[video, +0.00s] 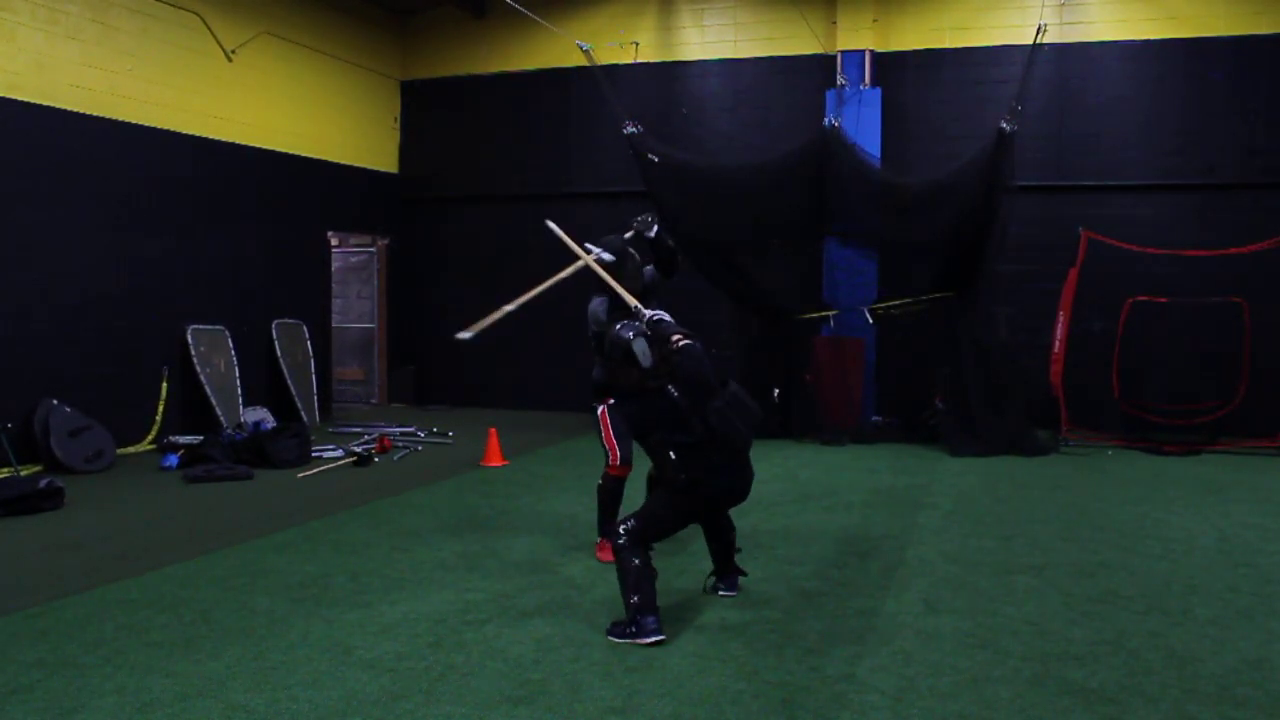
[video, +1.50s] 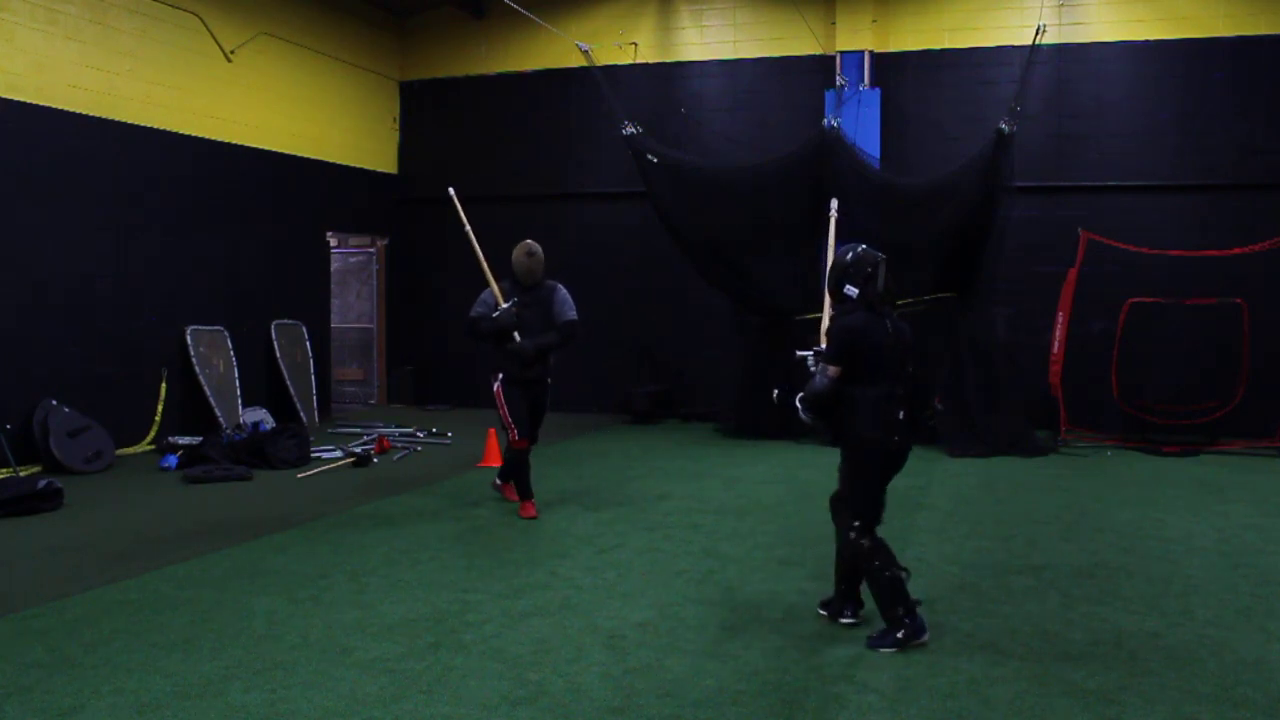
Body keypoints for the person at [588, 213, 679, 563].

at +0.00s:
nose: (633, 272)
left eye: (632, 265)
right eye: (624, 267)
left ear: (634, 267)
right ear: (609, 272)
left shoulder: (644, 290)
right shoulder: (600, 307)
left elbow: (669, 267)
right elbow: (611, 340)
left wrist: (657, 238)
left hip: (648, 391)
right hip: (610, 396)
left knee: (669, 460)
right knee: (620, 461)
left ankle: (652, 526)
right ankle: (607, 538)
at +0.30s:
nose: (615, 293)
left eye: (620, 286)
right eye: (609, 287)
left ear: (630, 279)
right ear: (597, 280)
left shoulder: (641, 301)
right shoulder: (582, 299)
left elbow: (644, 340)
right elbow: (585, 341)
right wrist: (622, 341)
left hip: (634, 401)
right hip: (595, 402)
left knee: (655, 470)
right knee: (594, 467)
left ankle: (631, 497)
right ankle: (601, 538)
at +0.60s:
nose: (619, 279)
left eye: (623, 274)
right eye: (613, 274)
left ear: (629, 272)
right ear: (601, 272)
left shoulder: (639, 303)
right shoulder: (579, 303)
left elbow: (652, 348)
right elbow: (573, 348)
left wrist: (634, 368)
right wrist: (615, 360)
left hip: (625, 393)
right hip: (586, 393)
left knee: (646, 456)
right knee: (590, 457)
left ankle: (627, 512)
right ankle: (598, 525)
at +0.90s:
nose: (596, 257)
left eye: (599, 252)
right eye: (588, 252)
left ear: (603, 259)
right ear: (573, 258)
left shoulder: (606, 294)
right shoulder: (548, 295)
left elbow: (624, 333)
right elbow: (535, 334)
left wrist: (599, 343)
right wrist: (575, 317)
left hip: (596, 384)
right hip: (559, 385)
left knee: (615, 446)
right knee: (550, 454)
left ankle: (625, 508)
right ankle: (528, 497)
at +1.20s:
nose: (553, 265)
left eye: (557, 260)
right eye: (548, 259)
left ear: (563, 261)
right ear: (535, 259)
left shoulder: (572, 287)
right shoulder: (513, 290)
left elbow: (588, 324)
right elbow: (491, 326)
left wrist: (557, 341)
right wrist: (524, 317)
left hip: (563, 374)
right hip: (527, 376)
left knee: (578, 433)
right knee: (530, 440)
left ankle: (559, 490)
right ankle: (528, 501)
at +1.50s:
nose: (530, 280)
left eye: (534, 274)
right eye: (525, 275)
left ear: (542, 270)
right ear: (516, 270)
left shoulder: (555, 293)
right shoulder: (497, 294)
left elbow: (570, 330)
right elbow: (473, 327)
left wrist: (534, 346)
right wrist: (499, 321)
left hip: (540, 376)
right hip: (507, 375)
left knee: (528, 437)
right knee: (519, 437)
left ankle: (503, 479)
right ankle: (526, 498)